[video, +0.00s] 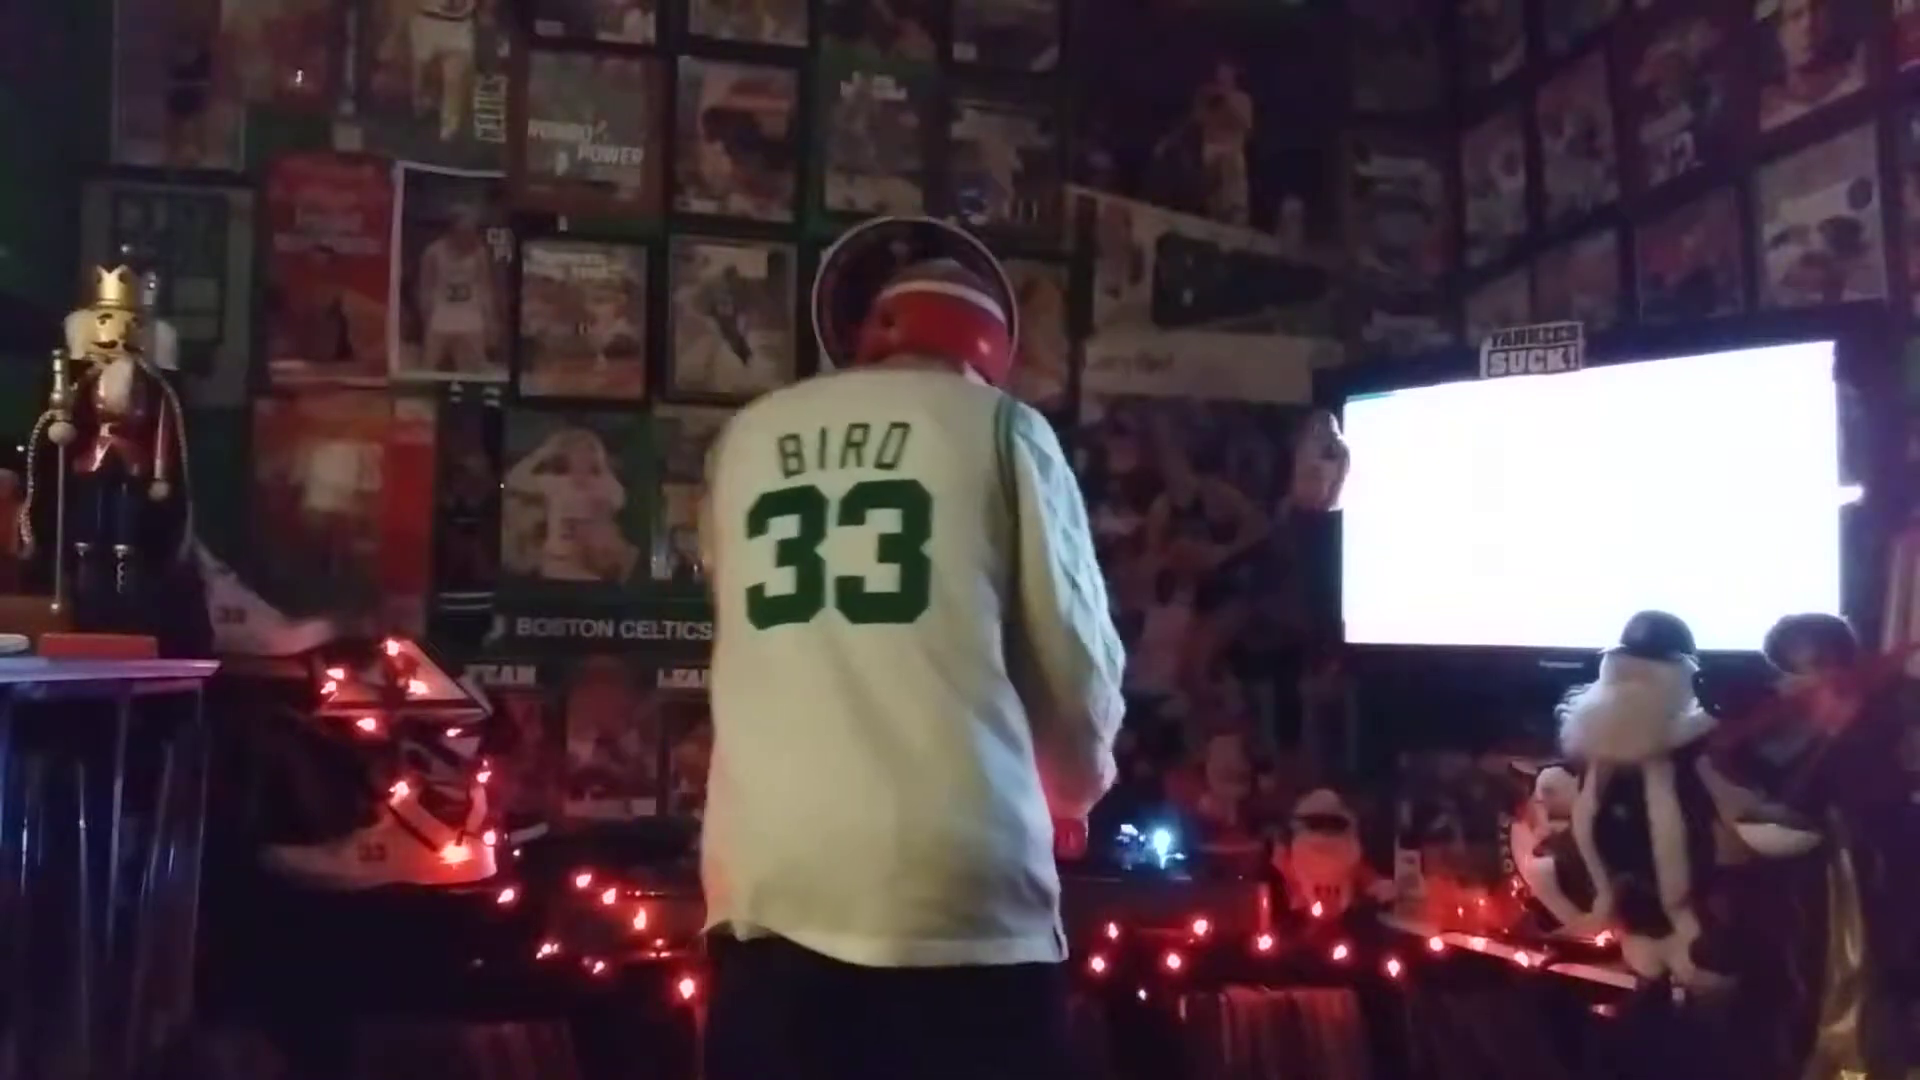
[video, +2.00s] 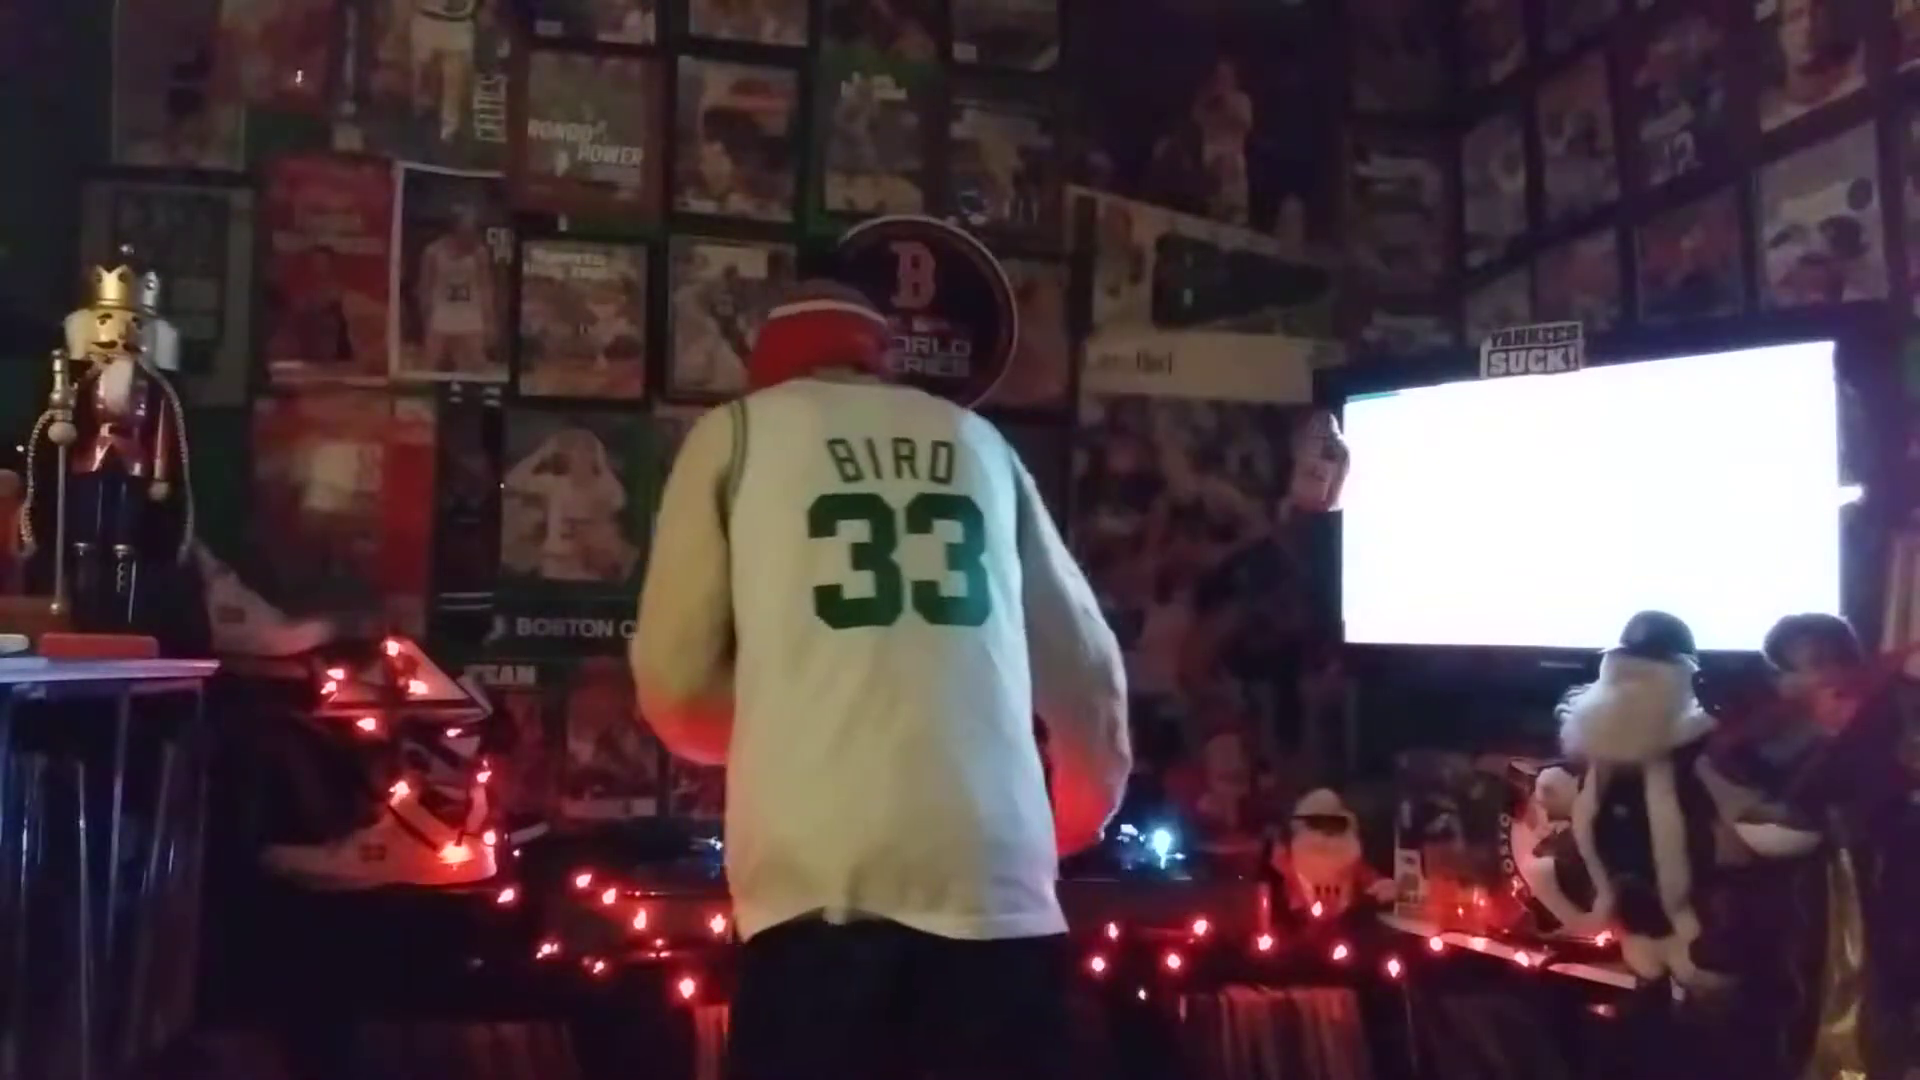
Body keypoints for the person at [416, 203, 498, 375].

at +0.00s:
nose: (465, 237)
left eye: (469, 232)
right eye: (461, 232)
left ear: (474, 232)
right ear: (452, 231)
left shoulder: (480, 253)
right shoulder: (435, 252)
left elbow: (487, 289)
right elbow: (425, 287)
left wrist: (490, 322)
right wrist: (428, 314)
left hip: (471, 325)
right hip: (440, 324)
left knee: (472, 377)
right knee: (432, 377)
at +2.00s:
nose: (467, 235)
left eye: (470, 231)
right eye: (463, 230)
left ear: (475, 230)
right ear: (454, 229)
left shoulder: (479, 252)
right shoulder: (434, 252)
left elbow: (486, 290)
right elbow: (425, 288)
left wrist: (489, 323)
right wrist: (427, 318)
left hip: (471, 326)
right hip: (440, 326)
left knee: (473, 376)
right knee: (436, 376)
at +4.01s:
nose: (465, 235)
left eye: (469, 230)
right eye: (461, 229)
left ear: (475, 229)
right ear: (452, 227)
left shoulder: (481, 252)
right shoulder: (433, 253)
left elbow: (488, 290)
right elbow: (425, 288)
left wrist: (490, 323)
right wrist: (427, 315)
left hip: (472, 328)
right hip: (440, 327)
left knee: (472, 379)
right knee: (433, 379)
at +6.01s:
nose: (466, 236)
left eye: (470, 231)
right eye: (462, 230)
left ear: (475, 230)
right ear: (452, 229)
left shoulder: (481, 252)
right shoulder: (434, 252)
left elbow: (487, 289)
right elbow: (425, 286)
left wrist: (490, 323)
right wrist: (427, 313)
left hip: (472, 326)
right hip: (441, 325)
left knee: (474, 376)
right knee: (432, 377)